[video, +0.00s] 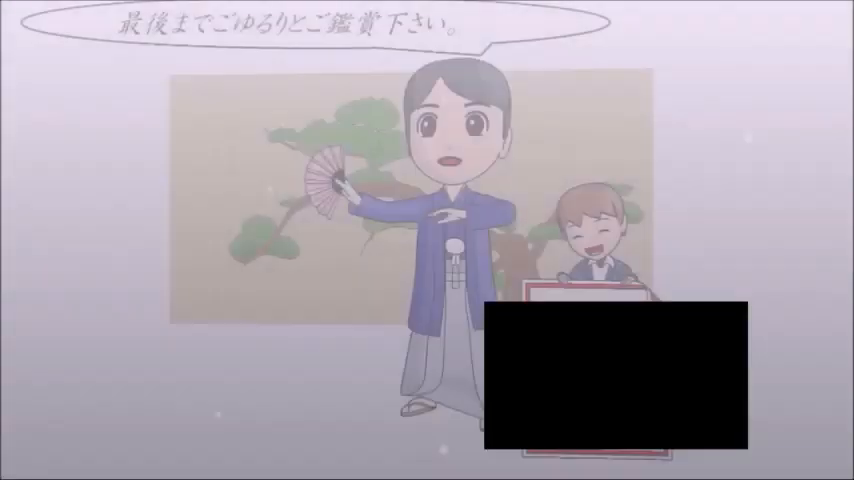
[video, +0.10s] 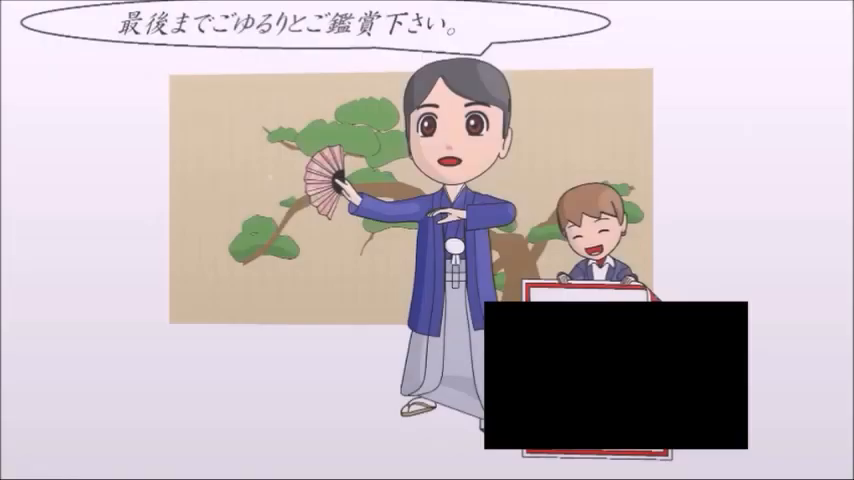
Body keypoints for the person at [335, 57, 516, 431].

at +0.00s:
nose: (449, 143)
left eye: (473, 123)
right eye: (430, 123)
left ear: (503, 144)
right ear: (410, 137)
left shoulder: (482, 205)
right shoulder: (427, 205)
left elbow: (507, 213)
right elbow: (386, 211)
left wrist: (466, 212)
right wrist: (349, 194)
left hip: (473, 289)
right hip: (433, 288)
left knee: (472, 344)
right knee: (429, 341)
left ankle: (479, 398)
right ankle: (426, 393)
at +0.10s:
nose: (449, 143)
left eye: (473, 124)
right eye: (430, 124)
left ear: (502, 143)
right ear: (410, 139)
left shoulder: (480, 203)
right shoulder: (425, 205)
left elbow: (507, 212)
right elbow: (387, 210)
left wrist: (467, 215)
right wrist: (352, 197)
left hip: (472, 290)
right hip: (432, 290)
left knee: (472, 344)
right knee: (429, 342)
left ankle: (480, 398)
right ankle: (426, 393)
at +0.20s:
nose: (449, 143)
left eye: (473, 124)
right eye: (430, 124)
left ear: (503, 142)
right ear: (409, 138)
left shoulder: (480, 203)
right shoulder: (425, 205)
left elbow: (507, 213)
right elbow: (387, 211)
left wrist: (467, 215)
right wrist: (351, 196)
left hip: (472, 290)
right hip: (432, 290)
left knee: (472, 343)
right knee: (429, 341)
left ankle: (479, 397)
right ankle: (427, 392)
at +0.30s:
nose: (449, 143)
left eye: (473, 124)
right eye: (430, 124)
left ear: (502, 142)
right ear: (409, 139)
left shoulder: (480, 204)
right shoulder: (425, 205)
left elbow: (507, 212)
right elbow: (386, 210)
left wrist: (466, 215)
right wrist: (350, 195)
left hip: (472, 290)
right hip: (433, 290)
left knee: (472, 344)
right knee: (429, 341)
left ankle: (479, 397)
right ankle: (427, 392)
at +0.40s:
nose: (449, 143)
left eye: (473, 124)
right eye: (430, 124)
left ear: (502, 142)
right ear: (410, 139)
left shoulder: (480, 204)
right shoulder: (425, 205)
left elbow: (507, 212)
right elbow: (386, 210)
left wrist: (466, 215)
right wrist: (350, 195)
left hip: (472, 290)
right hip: (433, 290)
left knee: (472, 344)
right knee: (429, 341)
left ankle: (480, 398)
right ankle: (427, 392)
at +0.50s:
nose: (449, 143)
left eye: (473, 124)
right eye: (430, 124)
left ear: (503, 143)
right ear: (410, 138)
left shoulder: (480, 203)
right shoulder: (425, 205)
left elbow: (507, 213)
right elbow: (387, 211)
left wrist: (467, 215)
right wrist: (351, 196)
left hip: (472, 290)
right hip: (433, 291)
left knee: (472, 344)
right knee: (429, 342)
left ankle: (482, 399)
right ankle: (427, 392)